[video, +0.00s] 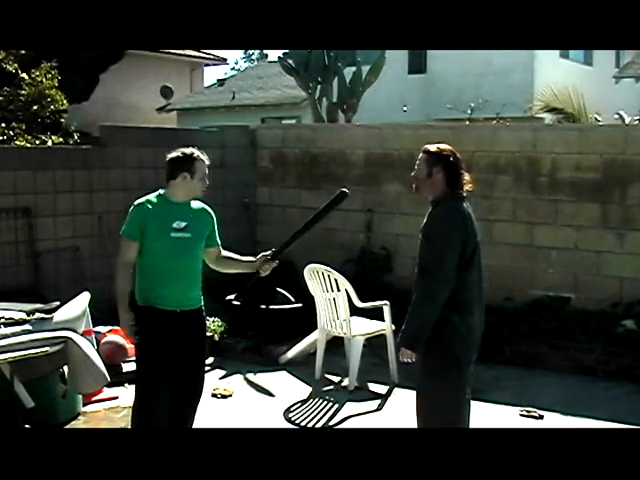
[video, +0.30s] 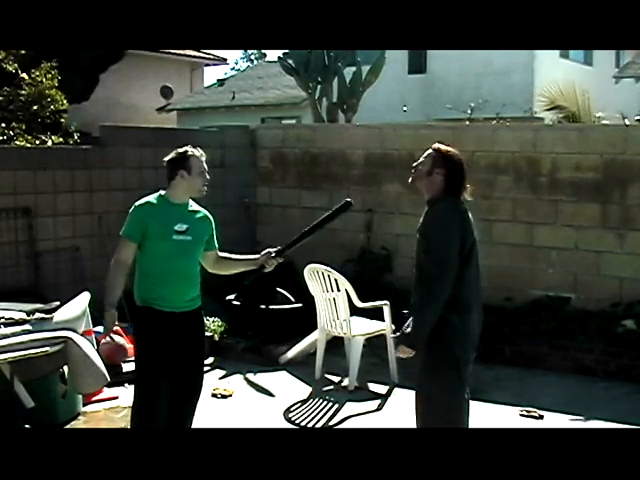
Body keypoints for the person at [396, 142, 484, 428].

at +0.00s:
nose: (413, 177)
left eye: (418, 171)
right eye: (415, 170)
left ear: (437, 175)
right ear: (439, 176)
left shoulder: (445, 216)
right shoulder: (453, 211)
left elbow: (433, 284)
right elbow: (436, 282)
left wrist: (411, 339)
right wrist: (415, 335)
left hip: (447, 335)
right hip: (454, 331)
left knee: (438, 412)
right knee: (446, 409)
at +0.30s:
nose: (413, 175)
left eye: (420, 170)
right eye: (416, 168)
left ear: (437, 177)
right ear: (438, 178)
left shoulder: (443, 216)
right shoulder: (449, 212)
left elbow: (436, 283)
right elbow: (437, 280)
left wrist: (413, 338)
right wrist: (415, 323)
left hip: (447, 332)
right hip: (451, 329)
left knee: (437, 409)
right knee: (443, 407)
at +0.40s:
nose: (414, 167)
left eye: (422, 164)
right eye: (418, 162)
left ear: (438, 176)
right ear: (437, 177)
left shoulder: (444, 212)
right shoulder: (444, 209)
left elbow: (435, 277)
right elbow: (440, 273)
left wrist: (404, 319)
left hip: (447, 326)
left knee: (436, 404)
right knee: (444, 402)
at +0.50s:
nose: (413, 169)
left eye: (421, 166)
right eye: (418, 164)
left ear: (439, 177)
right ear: (438, 177)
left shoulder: (451, 209)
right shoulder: (437, 207)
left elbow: (432, 248)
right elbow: (414, 240)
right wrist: (406, 261)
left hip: (449, 328)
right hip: (436, 323)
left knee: (437, 404)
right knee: (436, 401)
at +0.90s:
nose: (414, 171)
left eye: (420, 166)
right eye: (417, 165)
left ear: (438, 177)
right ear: (438, 177)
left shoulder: (449, 212)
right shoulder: (441, 210)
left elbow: (442, 262)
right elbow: (420, 251)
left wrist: (402, 276)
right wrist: (396, 270)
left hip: (445, 321)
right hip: (435, 317)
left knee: (439, 394)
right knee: (432, 391)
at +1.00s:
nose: (413, 173)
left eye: (420, 167)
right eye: (416, 166)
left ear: (438, 175)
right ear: (437, 176)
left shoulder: (447, 216)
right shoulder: (442, 213)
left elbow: (435, 279)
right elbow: (427, 276)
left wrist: (408, 319)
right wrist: (406, 315)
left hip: (444, 324)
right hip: (442, 321)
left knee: (436, 399)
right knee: (439, 396)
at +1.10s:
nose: (412, 169)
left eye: (418, 165)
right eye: (415, 163)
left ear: (436, 177)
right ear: (435, 177)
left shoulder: (446, 219)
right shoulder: (442, 214)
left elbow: (445, 288)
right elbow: (440, 285)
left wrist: (433, 344)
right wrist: (426, 338)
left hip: (441, 339)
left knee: (438, 414)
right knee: (437, 413)